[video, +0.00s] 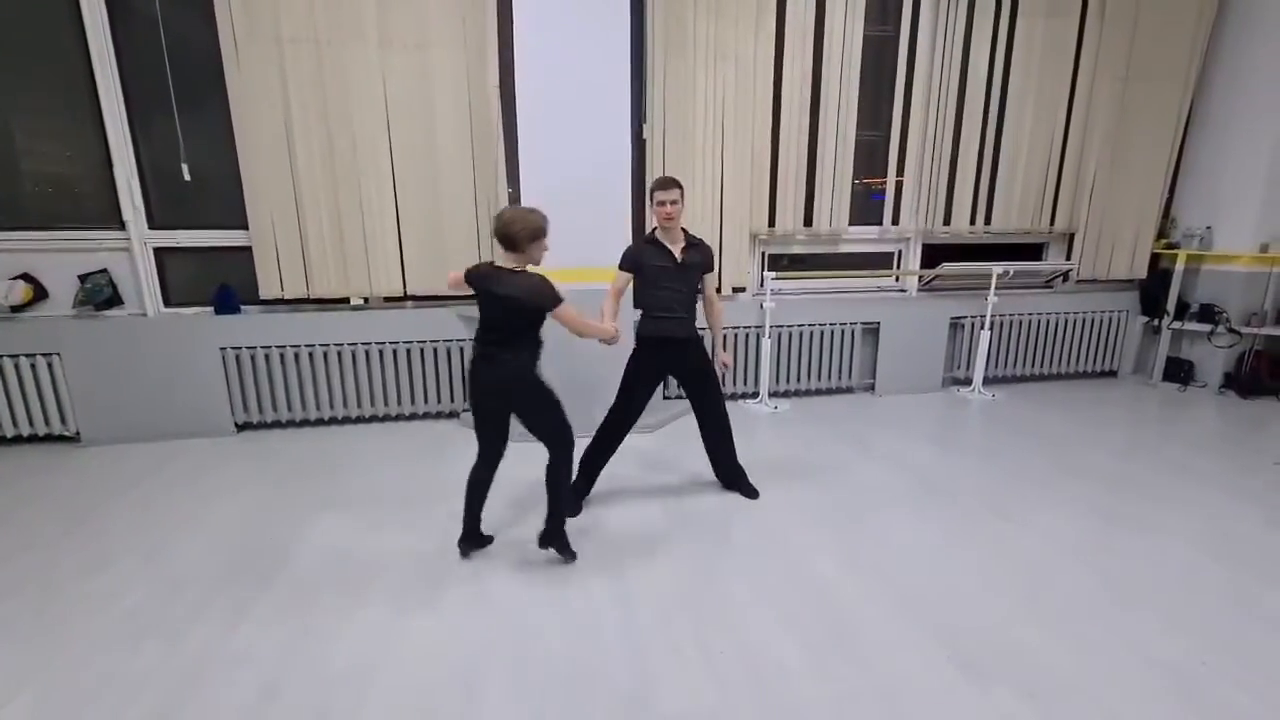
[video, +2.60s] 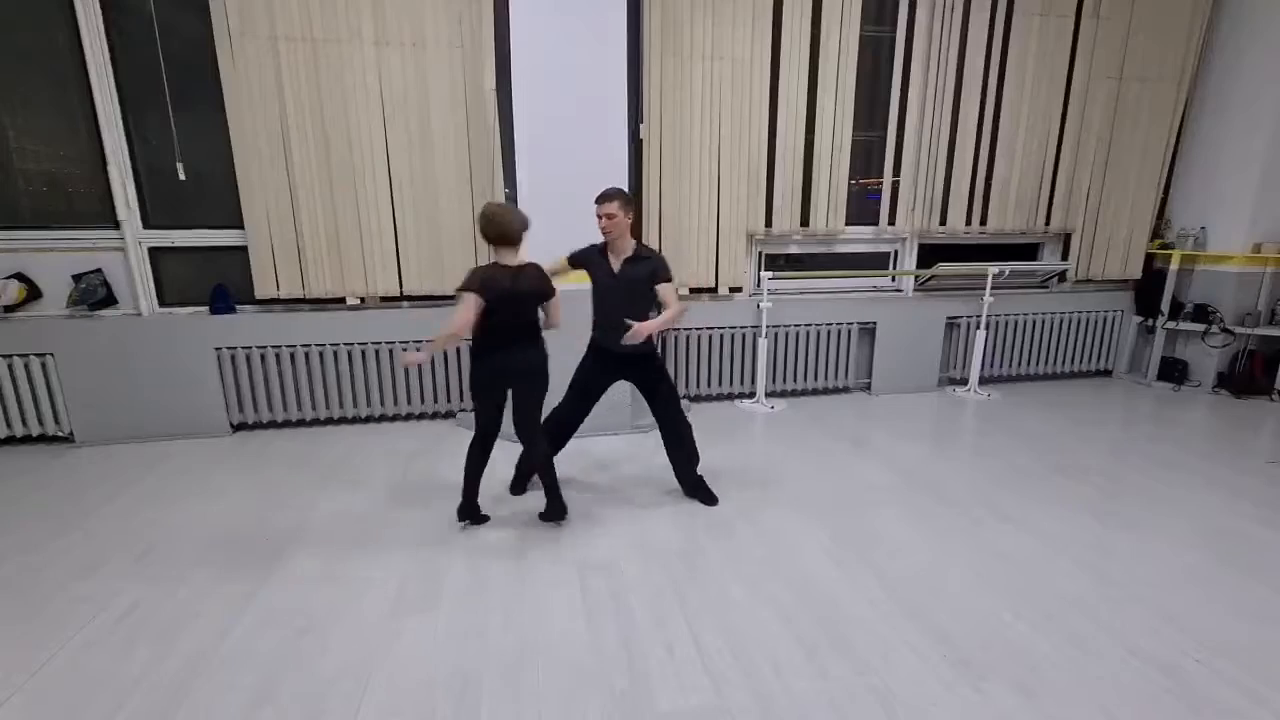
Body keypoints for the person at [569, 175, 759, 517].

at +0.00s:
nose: (668, 210)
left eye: (673, 203)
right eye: (661, 204)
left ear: (683, 206)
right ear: (652, 208)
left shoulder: (701, 251)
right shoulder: (639, 251)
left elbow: (711, 302)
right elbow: (614, 293)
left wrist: (720, 348)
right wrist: (609, 324)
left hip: (688, 345)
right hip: (651, 345)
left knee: (713, 410)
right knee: (621, 417)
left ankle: (731, 475)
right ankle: (579, 487)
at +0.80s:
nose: (621, 223)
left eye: (628, 216)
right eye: (615, 217)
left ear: (644, 219)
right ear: (611, 223)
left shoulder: (670, 267)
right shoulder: (605, 264)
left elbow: (693, 311)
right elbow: (581, 310)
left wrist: (701, 354)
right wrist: (564, 337)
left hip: (671, 348)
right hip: (630, 349)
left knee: (702, 412)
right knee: (607, 416)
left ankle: (735, 474)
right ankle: (580, 486)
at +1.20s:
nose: (628, 211)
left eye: (635, 204)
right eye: (623, 205)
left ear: (651, 205)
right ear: (618, 207)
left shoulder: (666, 257)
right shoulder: (605, 246)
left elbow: (676, 313)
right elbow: (577, 286)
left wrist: (662, 361)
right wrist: (561, 309)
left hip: (657, 349)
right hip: (616, 350)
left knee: (695, 413)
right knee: (595, 418)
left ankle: (736, 471)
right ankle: (579, 488)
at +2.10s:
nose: (639, 219)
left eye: (645, 212)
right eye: (632, 214)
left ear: (655, 215)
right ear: (623, 219)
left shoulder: (669, 252)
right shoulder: (619, 261)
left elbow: (664, 295)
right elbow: (577, 288)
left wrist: (676, 325)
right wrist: (531, 294)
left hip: (673, 352)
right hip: (638, 353)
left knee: (695, 423)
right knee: (599, 416)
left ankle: (694, 478)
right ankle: (546, 475)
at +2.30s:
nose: (616, 222)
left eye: (623, 214)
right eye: (612, 216)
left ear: (643, 214)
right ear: (610, 220)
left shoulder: (671, 251)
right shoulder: (611, 264)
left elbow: (693, 283)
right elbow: (594, 317)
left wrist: (699, 312)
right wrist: (566, 322)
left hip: (664, 351)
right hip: (626, 353)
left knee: (684, 418)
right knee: (591, 415)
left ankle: (692, 478)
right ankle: (541, 481)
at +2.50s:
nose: (604, 227)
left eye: (610, 219)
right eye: (601, 221)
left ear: (631, 218)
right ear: (602, 223)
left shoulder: (665, 255)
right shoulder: (604, 265)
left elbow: (695, 296)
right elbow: (586, 307)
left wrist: (677, 317)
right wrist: (578, 331)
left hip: (652, 352)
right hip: (611, 350)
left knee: (677, 416)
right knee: (573, 410)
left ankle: (691, 479)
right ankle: (533, 470)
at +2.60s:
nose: (603, 223)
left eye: (610, 217)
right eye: (600, 217)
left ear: (630, 217)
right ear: (597, 220)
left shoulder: (651, 260)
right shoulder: (591, 255)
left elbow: (675, 308)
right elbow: (550, 272)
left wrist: (650, 326)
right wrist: (520, 286)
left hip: (642, 356)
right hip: (602, 354)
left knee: (673, 418)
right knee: (568, 413)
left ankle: (691, 478)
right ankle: (527, 466)